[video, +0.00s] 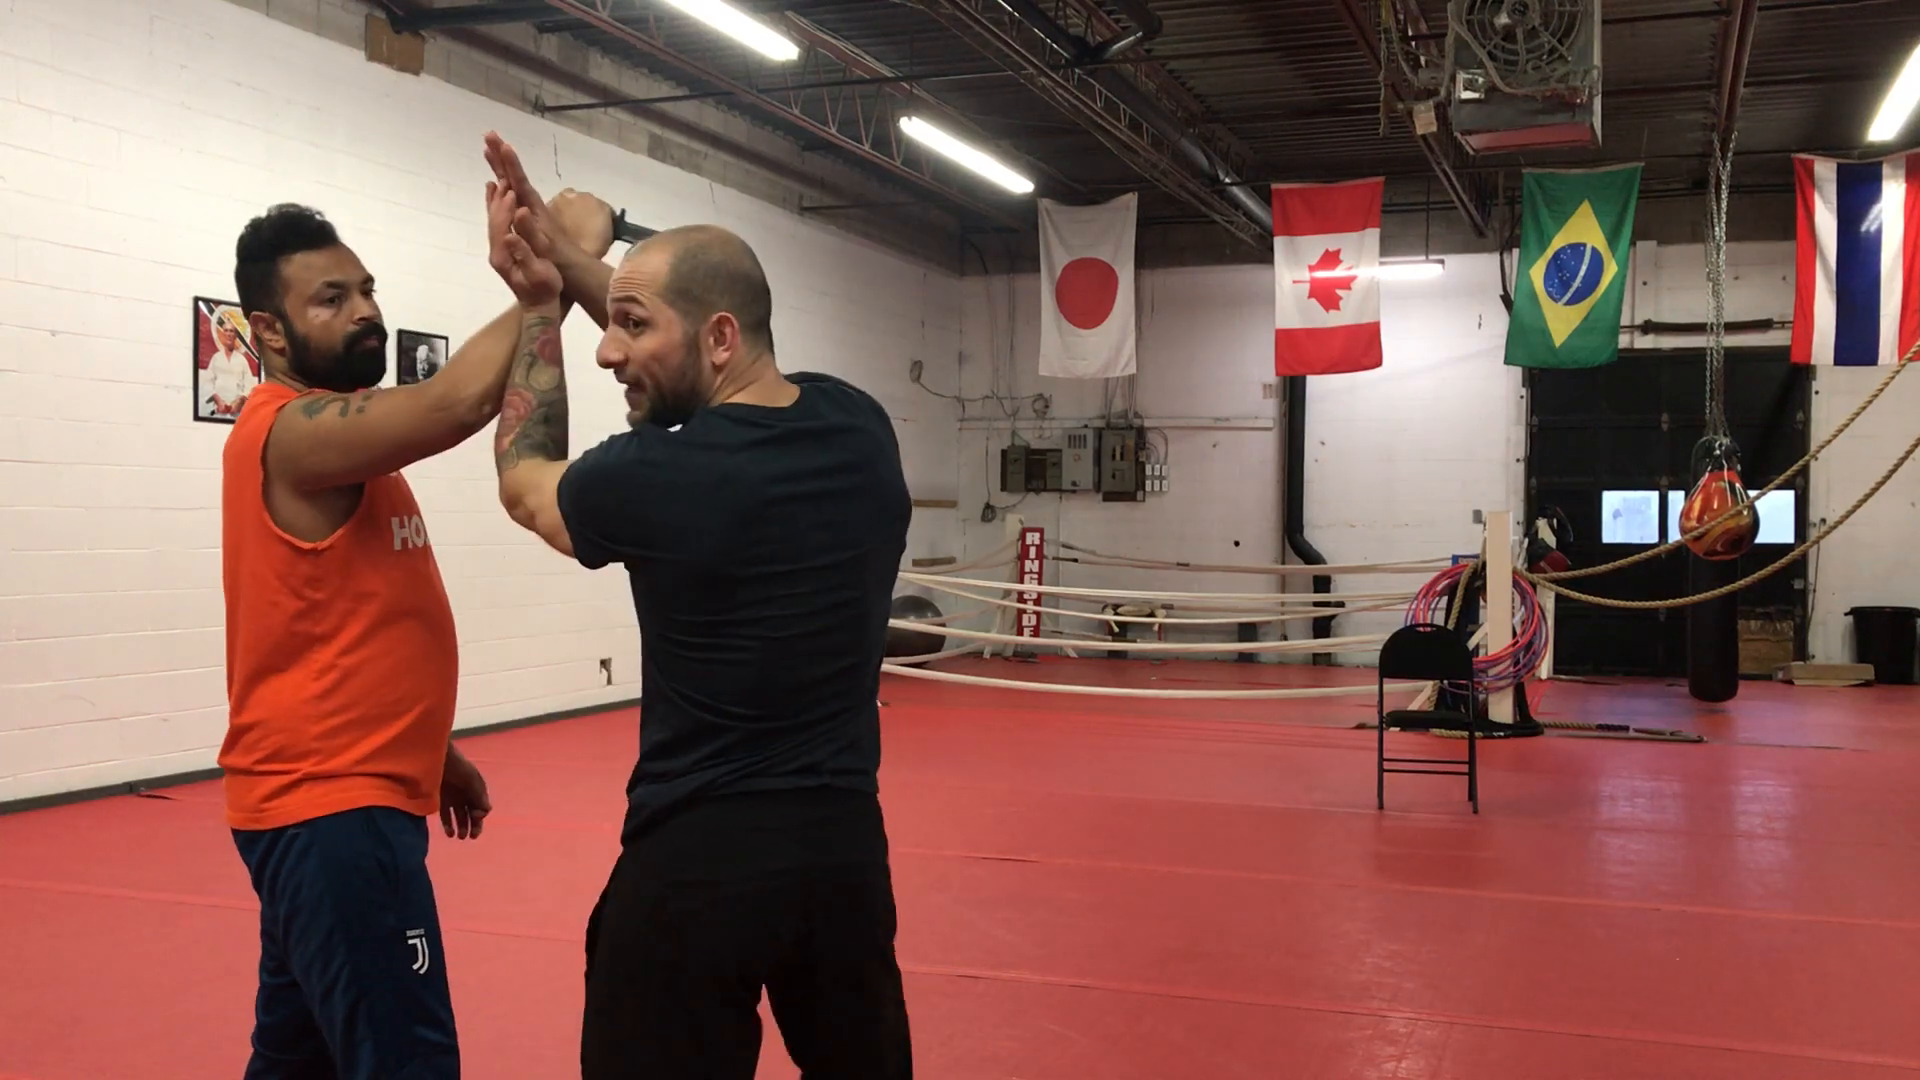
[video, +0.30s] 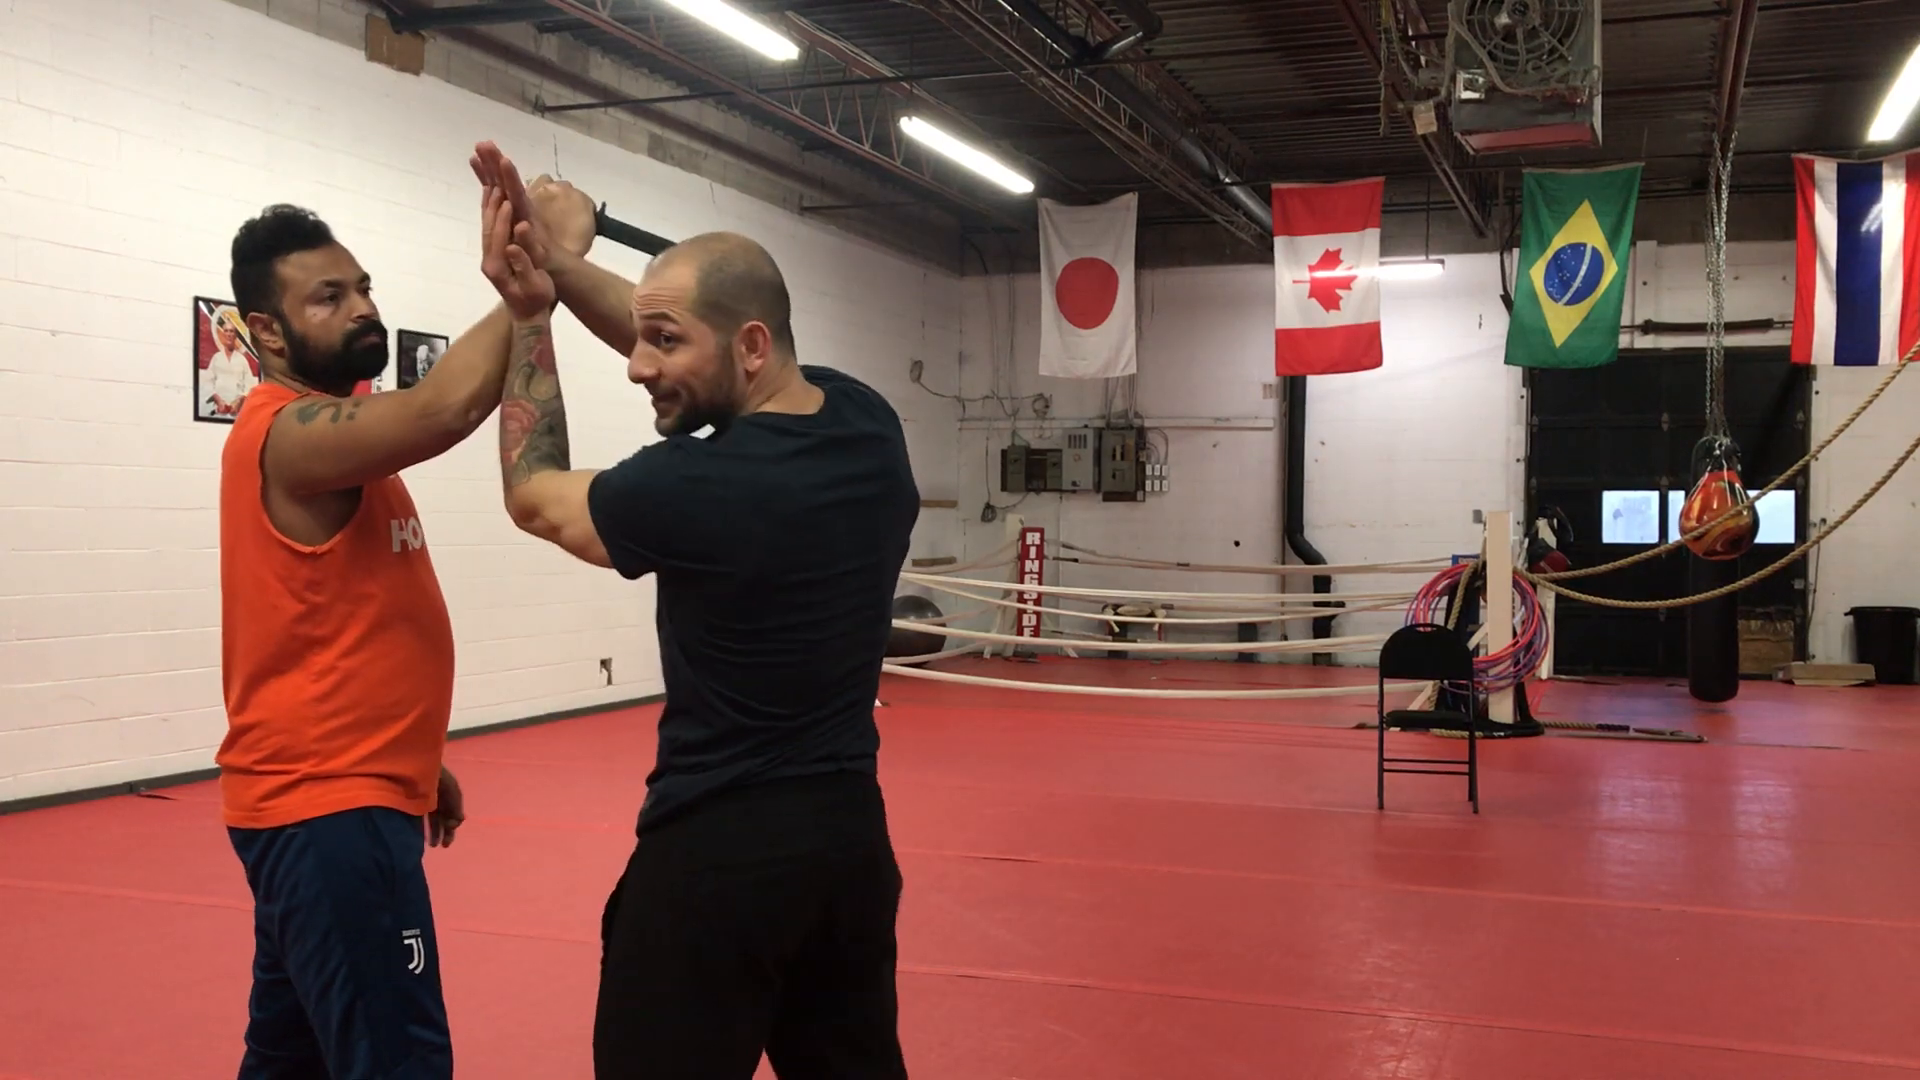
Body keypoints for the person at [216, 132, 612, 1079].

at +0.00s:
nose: (366, 312)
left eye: (367, 291)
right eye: (333, 298)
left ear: (373, 296)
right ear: (270, 329)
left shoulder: (318, 426)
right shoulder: (295, 427)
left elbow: (333, 631)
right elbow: (458, 400)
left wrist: (425, 751)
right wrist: (555, 275)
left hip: (334, 791)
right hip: (334, 800)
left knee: (296, 1056)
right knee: (409, 1057)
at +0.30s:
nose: (363, 308)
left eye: (362, 288)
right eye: (330, 298)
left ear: (370, 290)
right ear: (268, 330)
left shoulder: (313, 425)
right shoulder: (292, 429)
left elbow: (331, 630)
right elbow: (445, 408)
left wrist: (410, 758)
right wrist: (525, 293)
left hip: (328, 794)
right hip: (329, 803)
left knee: (290, 1056)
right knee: (402, 1058)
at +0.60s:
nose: (375, 309)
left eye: (371, 289)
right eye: (341, 299)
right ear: (274, 331)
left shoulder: (299, 420)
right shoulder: (302, 431)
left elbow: (450, 420)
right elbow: (454, 419)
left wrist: (528, 290)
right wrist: (526, 301)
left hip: (314, 797)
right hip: (337, 804)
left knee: (291, 1055)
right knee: (408, 1057)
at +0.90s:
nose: (377, 305)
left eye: (375, 285)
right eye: (342, 295)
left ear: (381, 291)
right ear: (281, 333)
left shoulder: (326, 424)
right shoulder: (305, 430)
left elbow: (347, 628)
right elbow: (455, 418)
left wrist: (420, 762)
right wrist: (529, 298)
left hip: (338, 793)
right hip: (333, 802)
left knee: (296, 1054)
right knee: (409, 1056)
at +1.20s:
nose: (401, 309)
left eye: (400, 288)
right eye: (367, 298)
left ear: (406, 290)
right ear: (306, 332)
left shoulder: (362, 423)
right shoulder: (325, 428)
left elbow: (367, 625)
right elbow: (469, 421)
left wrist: (442, 755)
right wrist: (547, 297)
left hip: (371, 791)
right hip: (349, 800)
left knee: (315, 1054)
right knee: (425, 1055)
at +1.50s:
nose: (470, 314)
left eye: (470, 294)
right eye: (437, 301)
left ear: (473, 300)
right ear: (376, 336)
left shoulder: (427, 424)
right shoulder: (391, 430)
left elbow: (432, 625)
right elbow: (527, 426)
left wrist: (503, 756)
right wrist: (599, 308)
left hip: (433, 788)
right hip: (411, 795)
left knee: (372, 1053)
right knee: (485, 1054)